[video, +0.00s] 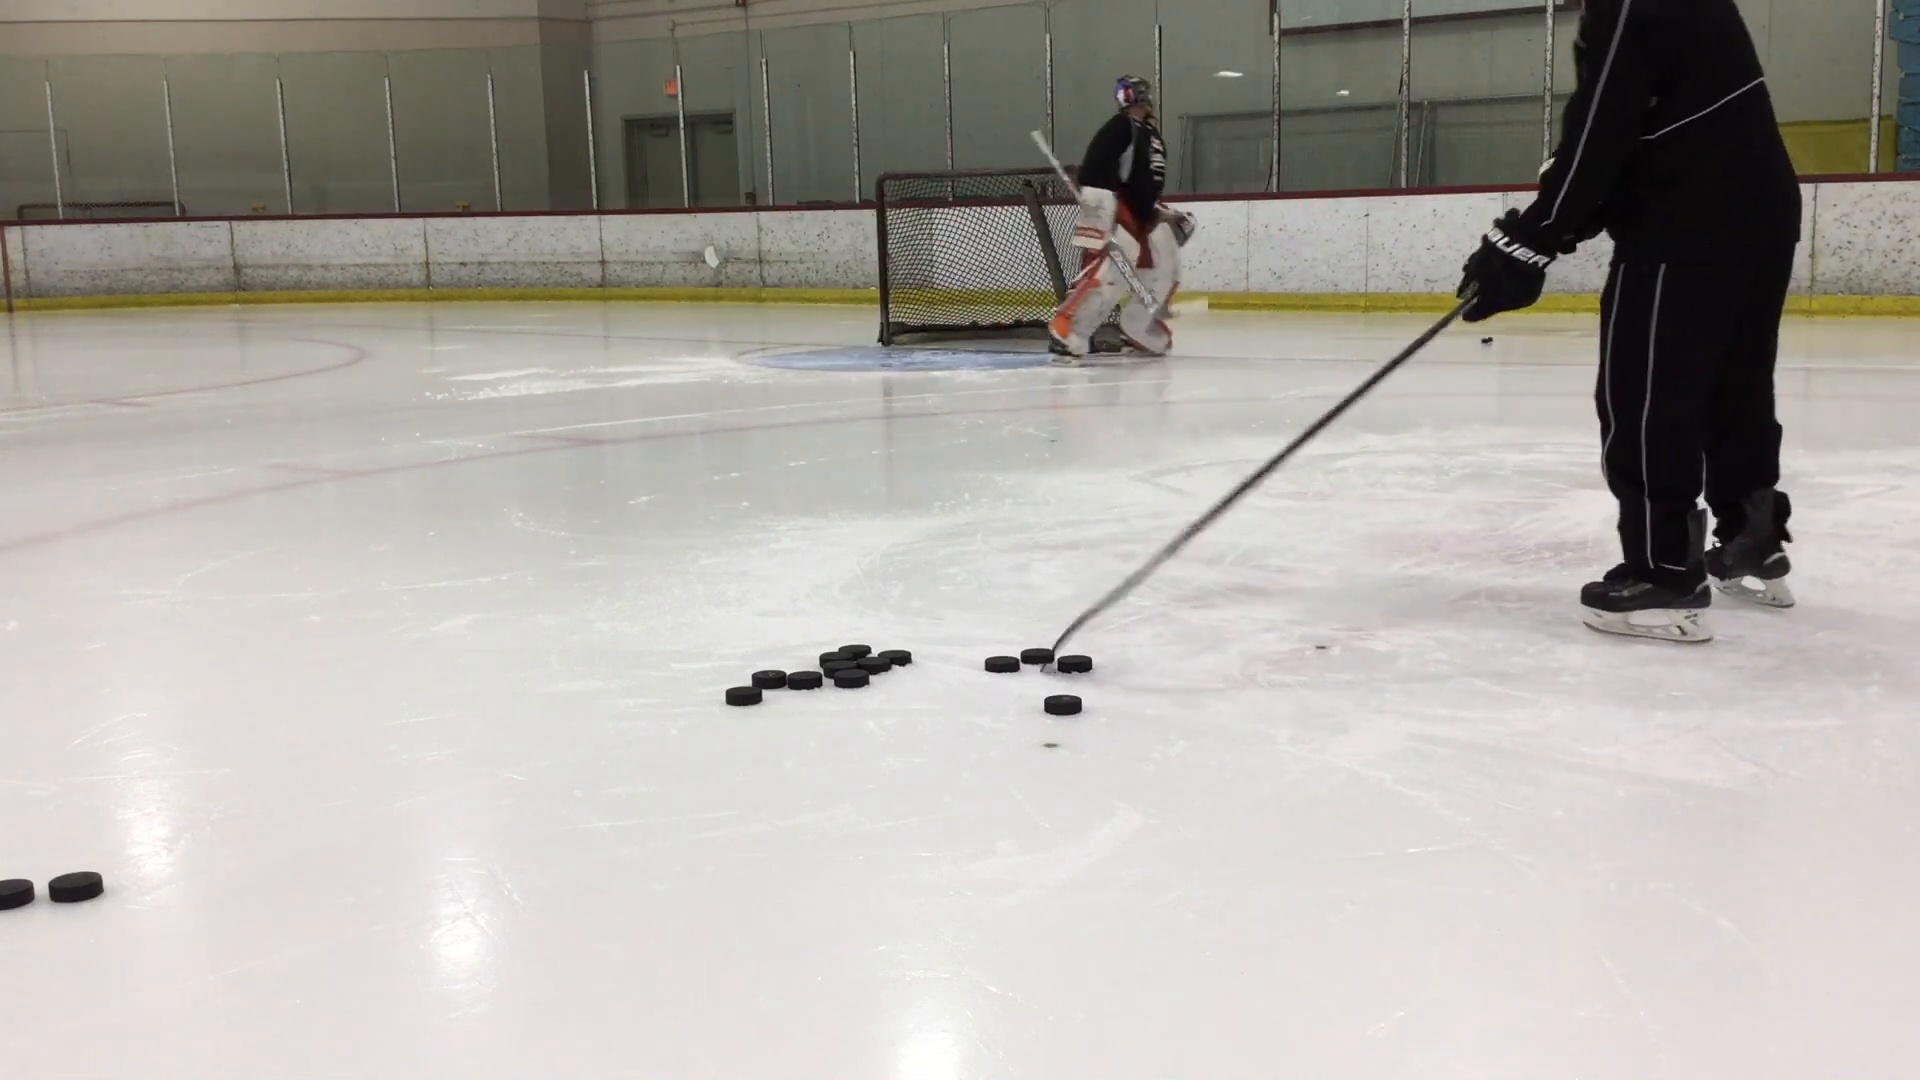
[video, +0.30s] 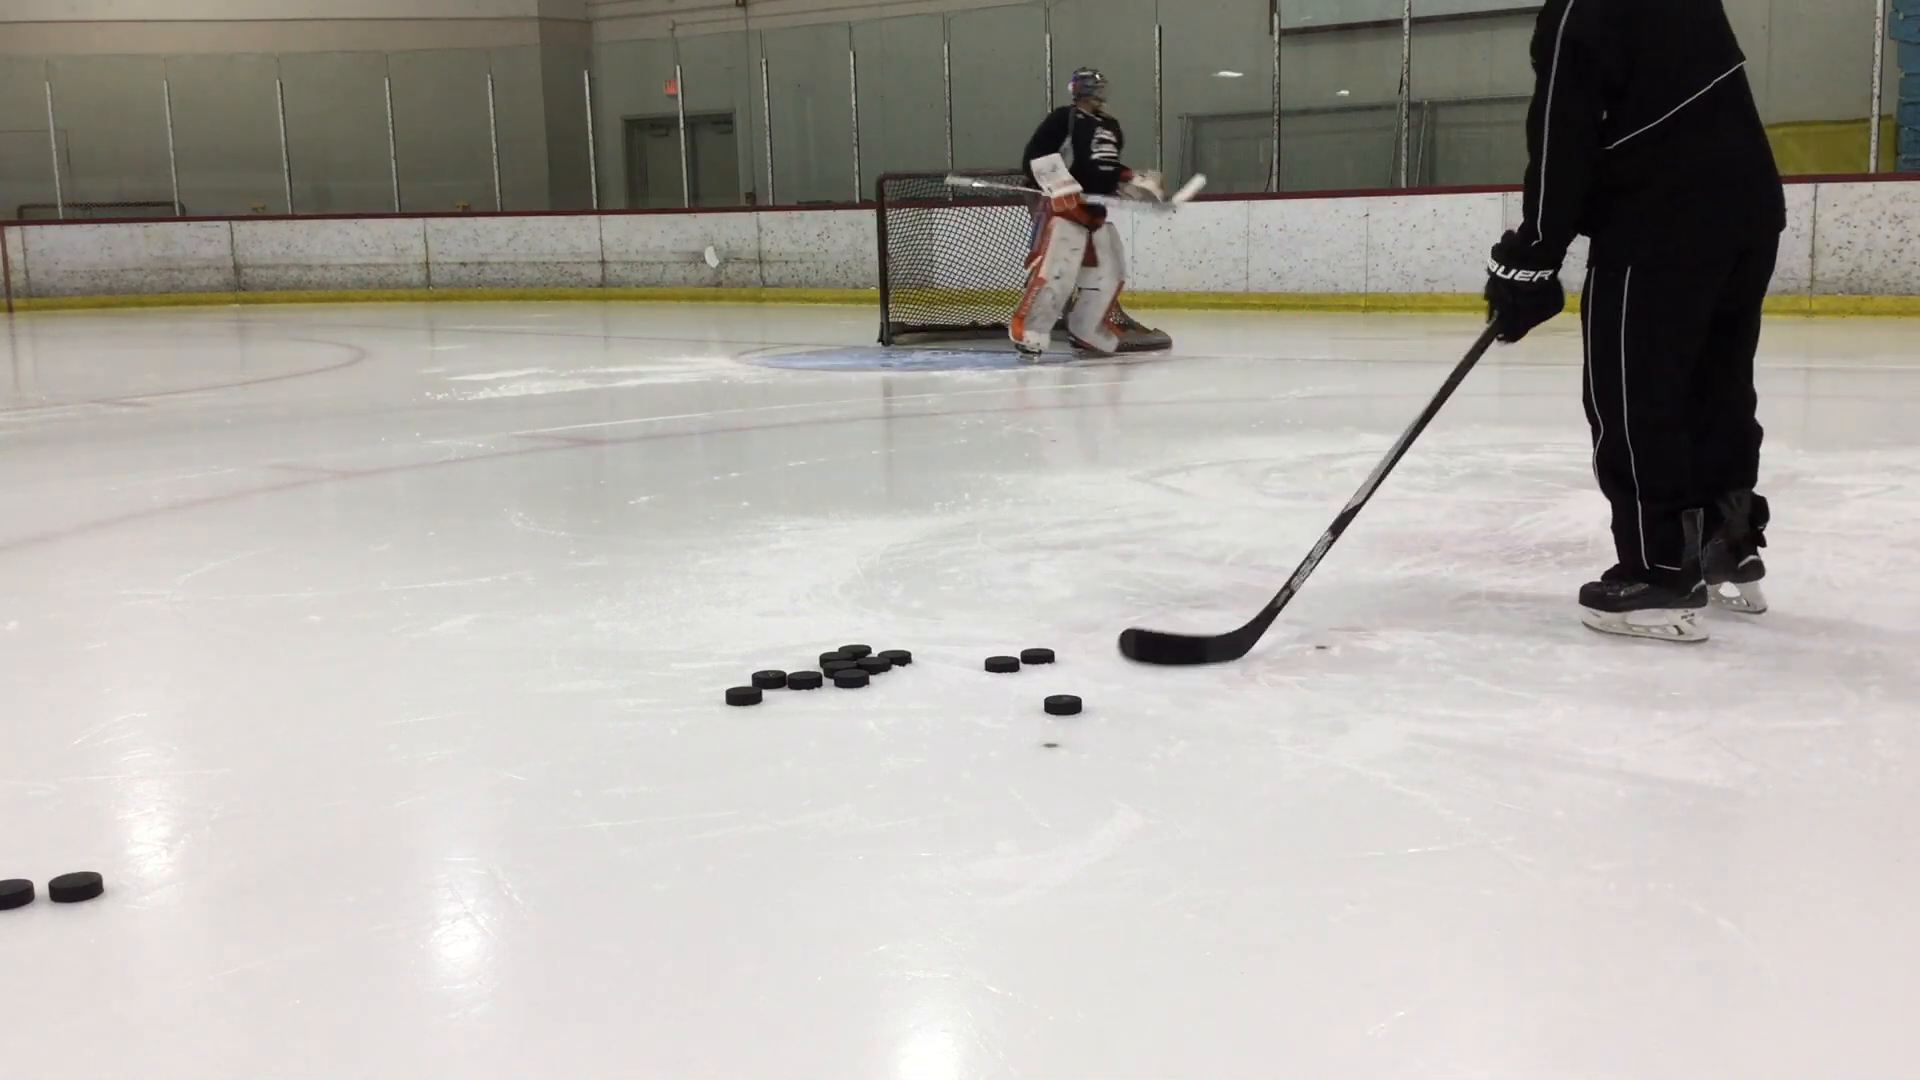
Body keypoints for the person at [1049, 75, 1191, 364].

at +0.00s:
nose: (1146, 100)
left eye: (1146, 94)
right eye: (1140, 95)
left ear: (1140, 97)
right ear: (1130, 98)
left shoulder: (1152, 133)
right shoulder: (1119, 128)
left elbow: (1145, 182)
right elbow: (1095, 173)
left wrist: (1162, 210)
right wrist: (1099, 217)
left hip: (1145, 216)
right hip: (1115, 215)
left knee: (1163, 272)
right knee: (1110, 275)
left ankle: (1141, 332)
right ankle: (1066, 334)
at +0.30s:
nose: (1098, 94)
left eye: (1100, 89)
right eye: (1092, 89)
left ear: (1103, 91)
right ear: (1079, 91)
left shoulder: (1110, 125)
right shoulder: (1064, 118)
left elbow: (1106, 169)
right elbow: (1038, 156)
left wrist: (1135, 181)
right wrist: (1059, 186)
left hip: (1098, 213)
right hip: (1066, 211)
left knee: (1108, 275)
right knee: (1056, 274)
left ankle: (1088, 332)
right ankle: (1030, 333)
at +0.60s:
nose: (1054, 95)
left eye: (1056, 89)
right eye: (1048, 90)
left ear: (1061, 93)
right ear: (1034, 94)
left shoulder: (1071, 124)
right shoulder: (1016, 122)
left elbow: (1092, 155)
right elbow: (1002, 165)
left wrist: (1096, 168)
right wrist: (1045, 187)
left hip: (1064, 215)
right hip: (1025, 213)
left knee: (1073, 273)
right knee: (1012, 273)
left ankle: (1053, 333)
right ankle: (991, 338)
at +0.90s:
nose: (1032, 99)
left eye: (1036, 93)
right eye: (1026, 94)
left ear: (1043, 95)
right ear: (1013, 95)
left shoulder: (1056, 123)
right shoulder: (994, 125)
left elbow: (1082, 157)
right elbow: (972, 167)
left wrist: (1070, 187)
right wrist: (1001, 202)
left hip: (1047, 216)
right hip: (1006, 216)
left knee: (1055, 278)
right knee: (1001, 277)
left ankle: (1054, 338)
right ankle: (989, 340)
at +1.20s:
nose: (1030, 105)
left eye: (1034, 99)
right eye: (1024, 99)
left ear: (1039, 101)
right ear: (1010, 100)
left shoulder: (1047, 127)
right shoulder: (988, 125)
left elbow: (1067, 166)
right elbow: (965, 166)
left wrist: (1080, 197)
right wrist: (989, 206)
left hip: (1038, 217)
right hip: (997, 216)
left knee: (1049, 277)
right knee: (992, 278)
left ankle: (1053, 338)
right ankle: (981, 341)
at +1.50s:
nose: (1049, 111)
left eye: (1051, 105)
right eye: (1044, 105)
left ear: (1052, 107)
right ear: (1028, 104)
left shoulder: (1054, 134)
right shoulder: (1000, 123)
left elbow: (1054, 172)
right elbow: (974, 166)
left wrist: (1062, 204)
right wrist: (998, 204)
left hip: (1040, 215)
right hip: (1001, 215)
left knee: (1053, 273)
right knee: (997, 275)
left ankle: (1060, 337)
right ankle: (986, 340)